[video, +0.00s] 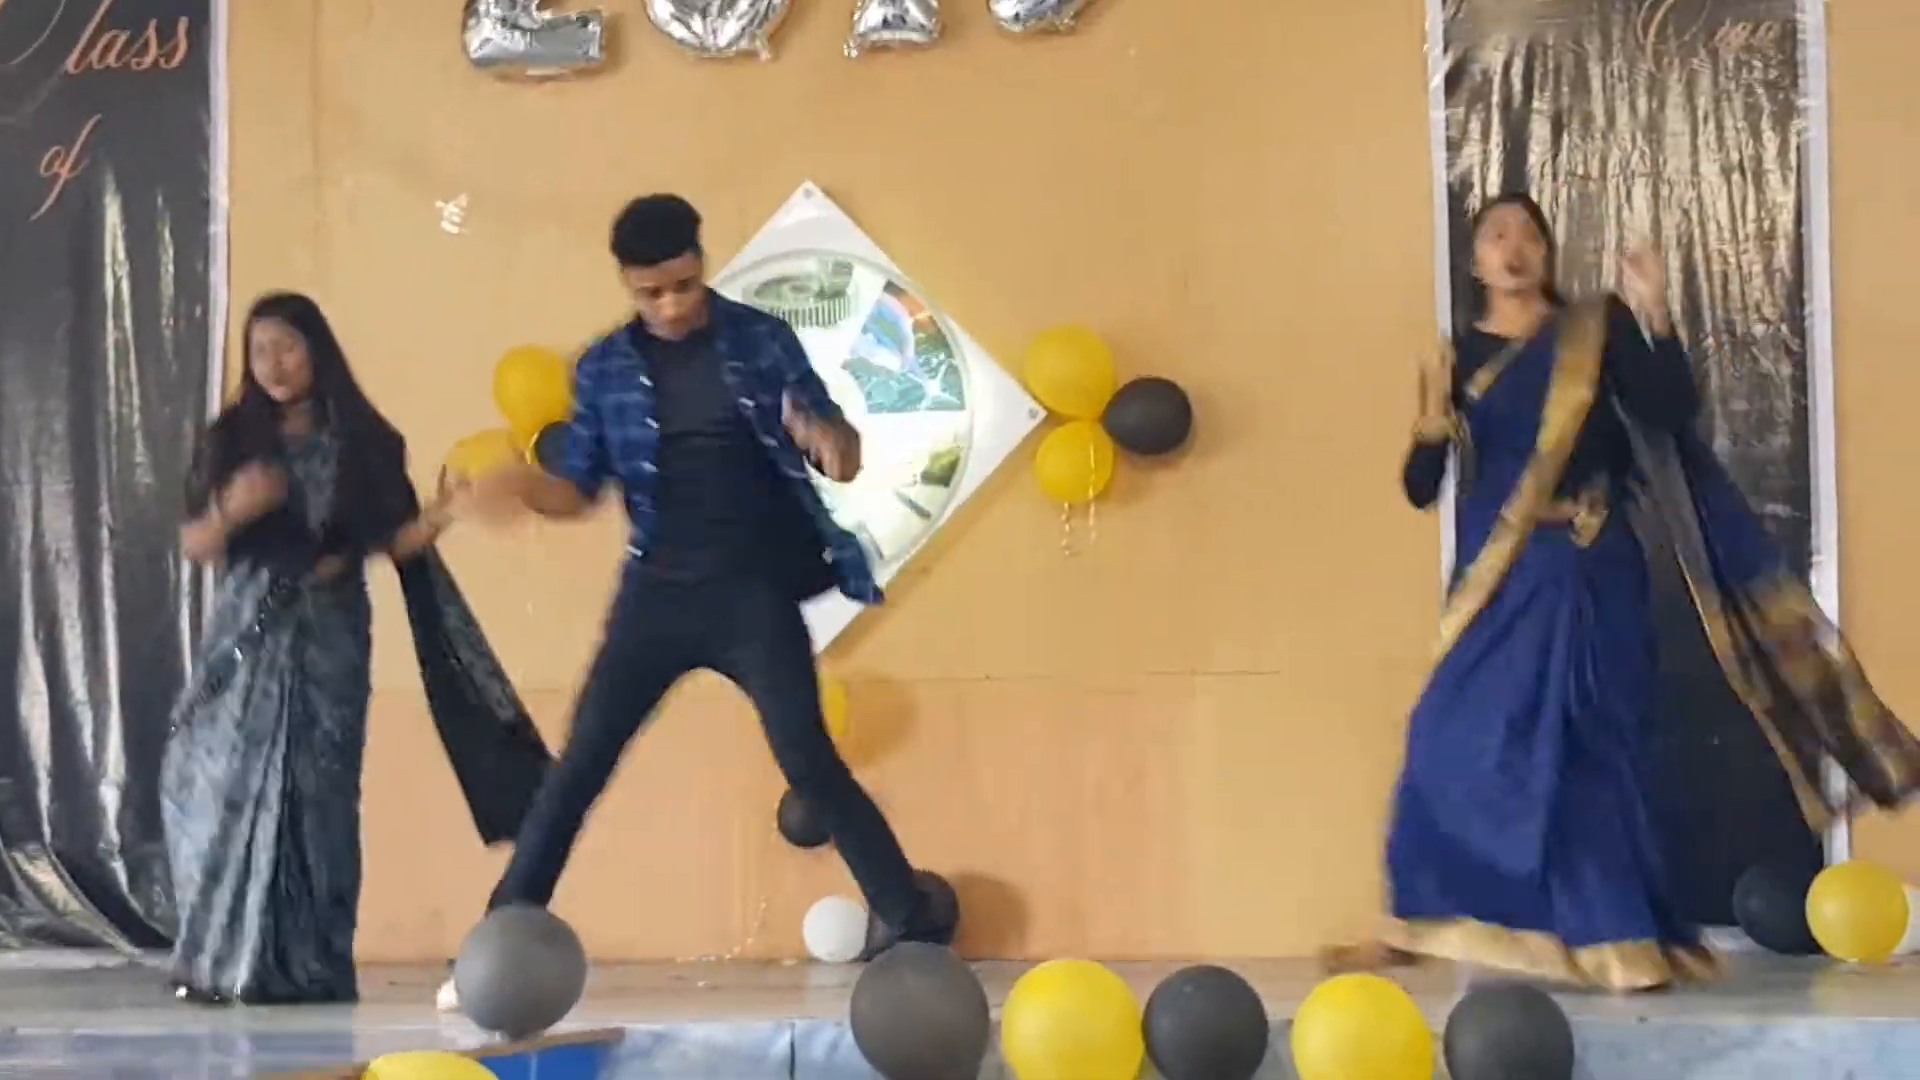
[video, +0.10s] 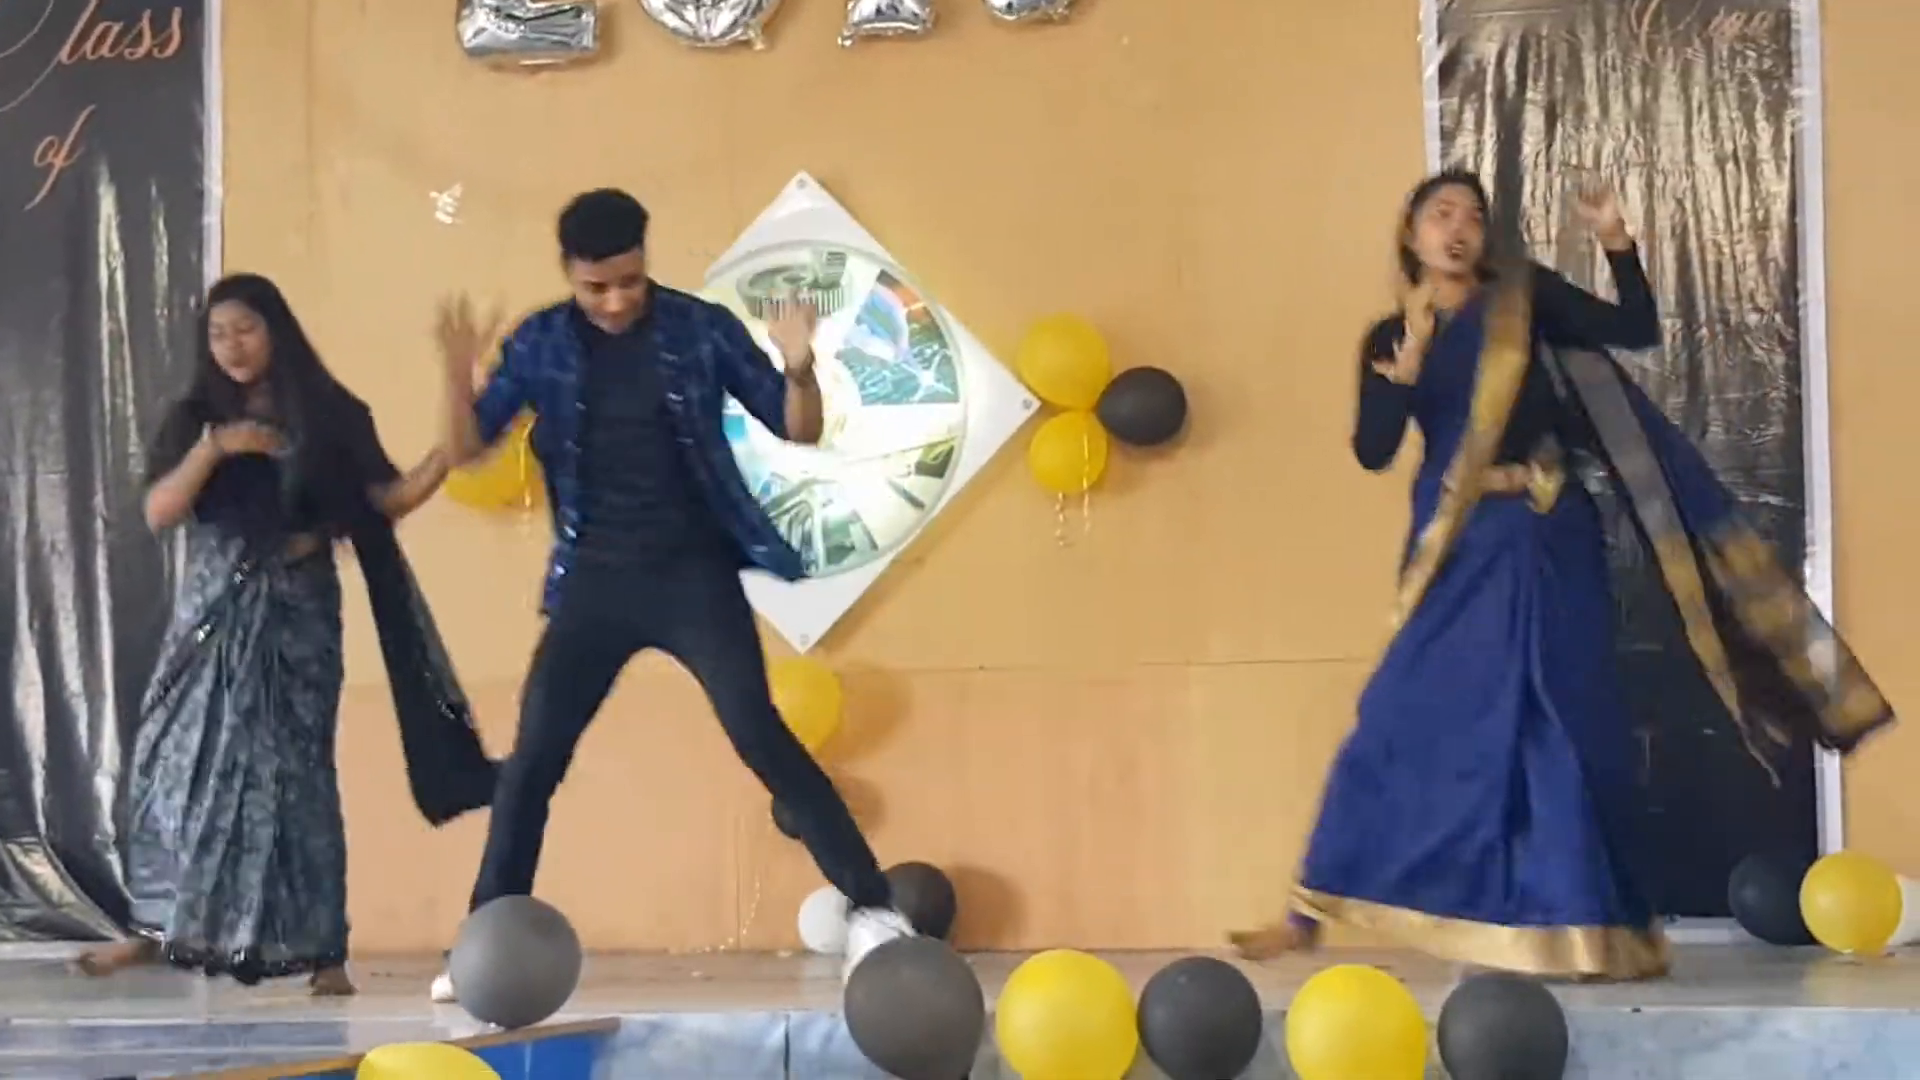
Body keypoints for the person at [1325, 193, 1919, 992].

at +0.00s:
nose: (1513, 248)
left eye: (1527, 234)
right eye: (1497, 236)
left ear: (1549, 250)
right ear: (1473, 256)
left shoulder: (1598, 326)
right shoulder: (1458, 357)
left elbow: (1673, 414)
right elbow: (1418, 489)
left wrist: (1656, 317)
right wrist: (1431, 433)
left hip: (1592, 556)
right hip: (1501, 564)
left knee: (1591, 734)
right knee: (1456, 723)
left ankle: (1617, 933)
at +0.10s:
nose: (1459, 228)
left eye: (1471, 216)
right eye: (1443, 213)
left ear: (1488, 235)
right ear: (1411, 234)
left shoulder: (1524, 297)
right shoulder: (1392, 334)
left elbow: (1637, 329)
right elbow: (1372, 450)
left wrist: (1617, 245)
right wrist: (1405, 363)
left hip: (1549, 523)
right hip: (1458, 532)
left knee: (1560, 714)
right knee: (1398, 708)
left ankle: (1584, 925)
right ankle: (1308, 911)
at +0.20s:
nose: (1398, 235)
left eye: (1412, 223)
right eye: (1384, 219)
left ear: (1424, 236)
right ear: (1349, 228)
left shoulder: (1456, 304)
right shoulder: (1327, 329)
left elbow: (1571, 324)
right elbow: (1333, 428)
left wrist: (1584, 243)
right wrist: (1397, 329)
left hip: (1507, 530)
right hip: (1413, 541)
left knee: (1538, 714)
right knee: (1346, 713)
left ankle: (1609, 917)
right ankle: (1255, 903)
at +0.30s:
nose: (1346, 260)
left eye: (1361, 250)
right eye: (1333, 243)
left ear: (1372, 262)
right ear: (1301, 246)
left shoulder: (1389, 335)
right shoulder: (1263, 338)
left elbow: (1509, 359)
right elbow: (1284, 434)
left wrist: (1560, 273)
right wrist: (1350, 387)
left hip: (1441, 540)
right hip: (1345, 550)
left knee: (1487, 714)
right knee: (1307, 726)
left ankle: (1611, 915)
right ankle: (1245, 931)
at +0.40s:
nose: (1308, 262)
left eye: (1325, 253)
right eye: (1296, 242)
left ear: (1340, 268)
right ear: (1267, 245)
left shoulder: (1355, 337)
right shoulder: (1227, 327)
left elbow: (1475, 365)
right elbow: (1236, 411)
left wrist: (1518, 276)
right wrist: (1330, 342)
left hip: (1387, 539)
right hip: (1295, 547)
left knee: (1424, 717)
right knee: (1283, 724)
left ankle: (1559, 894)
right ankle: (1245, 919)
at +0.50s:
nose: (1284, 240)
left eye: (1302, 231)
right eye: (1272, 223)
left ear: (1325, 243)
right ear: (1250, 227)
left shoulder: (1350, 317)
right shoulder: (1215, 305)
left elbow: (1458, 347)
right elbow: (1182, 384)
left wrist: (1478, 257)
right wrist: (1287, 314)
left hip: (1362, 534)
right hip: (1265, 541)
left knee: (1390, 705)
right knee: (1271, 711)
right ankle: (1251, 908)